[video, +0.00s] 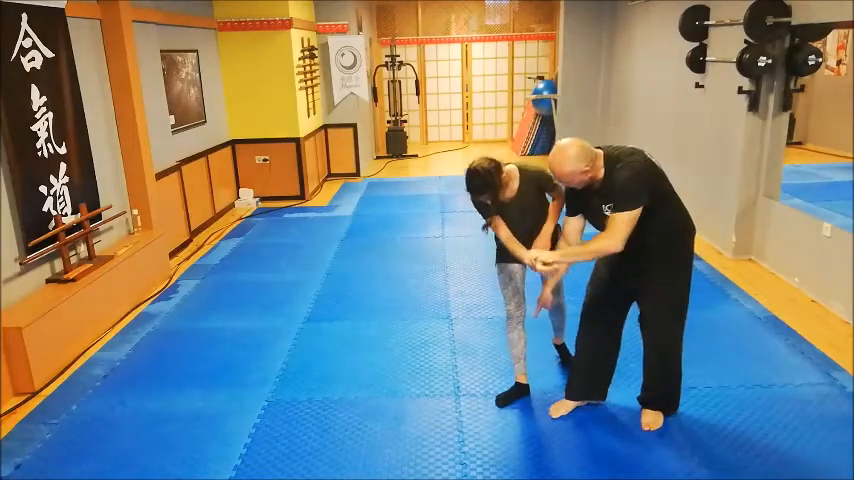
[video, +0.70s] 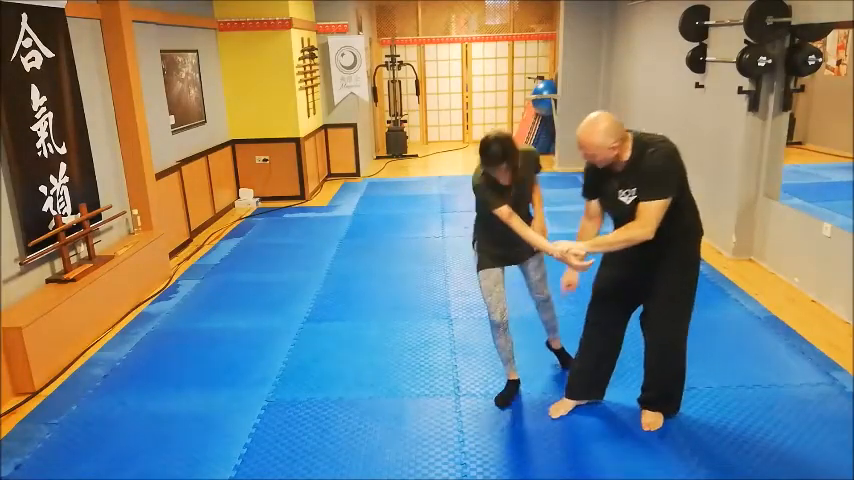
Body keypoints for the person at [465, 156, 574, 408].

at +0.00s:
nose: (485, 202)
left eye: (488, 196)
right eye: (481, 199)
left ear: (501, 179)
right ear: (477, 189)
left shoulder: (534, 175)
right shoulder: (480, 195)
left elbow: (559, 194)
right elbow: (504, 235)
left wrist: (546, 233)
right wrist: (529, 258)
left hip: (546, 241)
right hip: (511, 248)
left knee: (556, 299)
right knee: (513, 313)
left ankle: (560, 342)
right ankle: (521, 381)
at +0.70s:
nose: (503, 175)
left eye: (506, 169)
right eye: (497, 171)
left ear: (514, 159)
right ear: (487, 167)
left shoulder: (528, 159)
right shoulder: (482, 183)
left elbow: (534, 186)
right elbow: (514, 223)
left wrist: (539, 220)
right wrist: (556, 252)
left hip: (525, 235)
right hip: (491, 244)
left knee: (542, 295)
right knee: (497, 317)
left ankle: (555, 343)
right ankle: (512, 378)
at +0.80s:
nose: (510, 161)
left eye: (514, 154)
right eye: (503, 154)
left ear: (521, 148)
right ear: (490, 149)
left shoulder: (517, 163)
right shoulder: (482, 175)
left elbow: (522, 191)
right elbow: (520, 217)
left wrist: (534, 213)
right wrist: (560, 245)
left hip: (518, 240)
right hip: (488, 248)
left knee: (530, 295)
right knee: (498, 319)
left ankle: (542, 345)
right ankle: (506, 376)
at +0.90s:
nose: (512, 149)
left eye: (516, 142)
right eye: (505, 143)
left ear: (523, 134)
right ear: (489, 136)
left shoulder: (506, 158)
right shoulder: (485, 170)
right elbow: (528, 213)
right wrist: (570, 240)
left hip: (508, 238)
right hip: (484, 243)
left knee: (518, 301)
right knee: (499, 317)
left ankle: (524, 350)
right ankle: (497, 376)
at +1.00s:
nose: (516, 139)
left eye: (519, 132)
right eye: (512, 133)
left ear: (516, 124)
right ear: (491, 128)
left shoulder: (492, 153)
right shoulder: (489, 164)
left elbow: (495, 197)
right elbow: (533, 211)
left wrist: (519, 212)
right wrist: (578, 234)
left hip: (498, 242)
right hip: (486, 246)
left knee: (505, 304)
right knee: (499, 315)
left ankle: (498, 355)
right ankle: (486, 378)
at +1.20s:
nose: (514, 131)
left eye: (515, 125)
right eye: (511, 125)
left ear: (489, 123)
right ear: (491, 123)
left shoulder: (461, 153)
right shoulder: (498, 162)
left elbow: (449, 193)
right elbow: (536, 210)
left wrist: (481, 194)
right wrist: (581, 229)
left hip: (468, 244)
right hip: (495, 247)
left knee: (475, 305)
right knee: (504, 315)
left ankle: (452, 373)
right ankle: (484, 383)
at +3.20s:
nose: (516, 143)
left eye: (519, 138)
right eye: (516, 136)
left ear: (491, 128)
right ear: (499, 130)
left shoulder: (461, 155)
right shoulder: (492, 165)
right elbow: (535, 201)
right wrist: (580, 212)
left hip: (453, 247)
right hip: (481, 249)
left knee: (457, 314)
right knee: (510, 311)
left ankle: (451, 383)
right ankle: (517, 381)